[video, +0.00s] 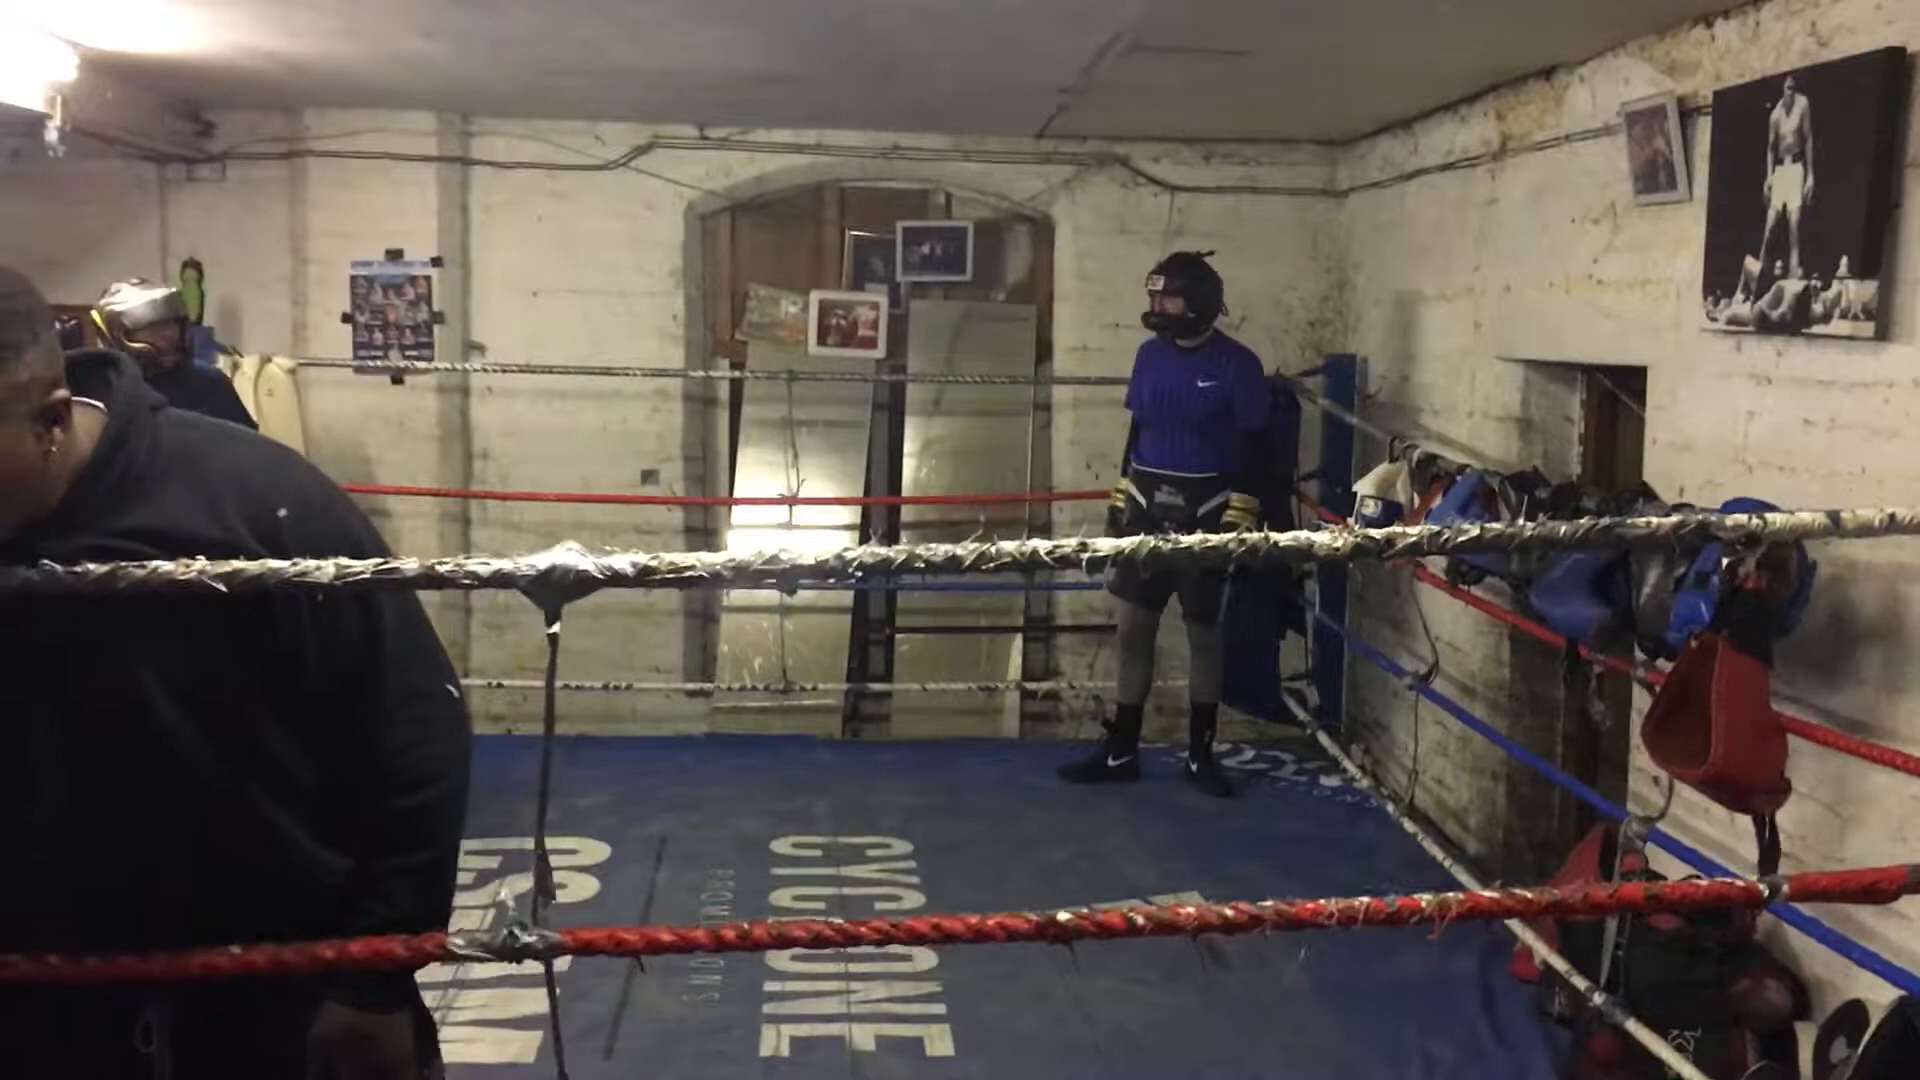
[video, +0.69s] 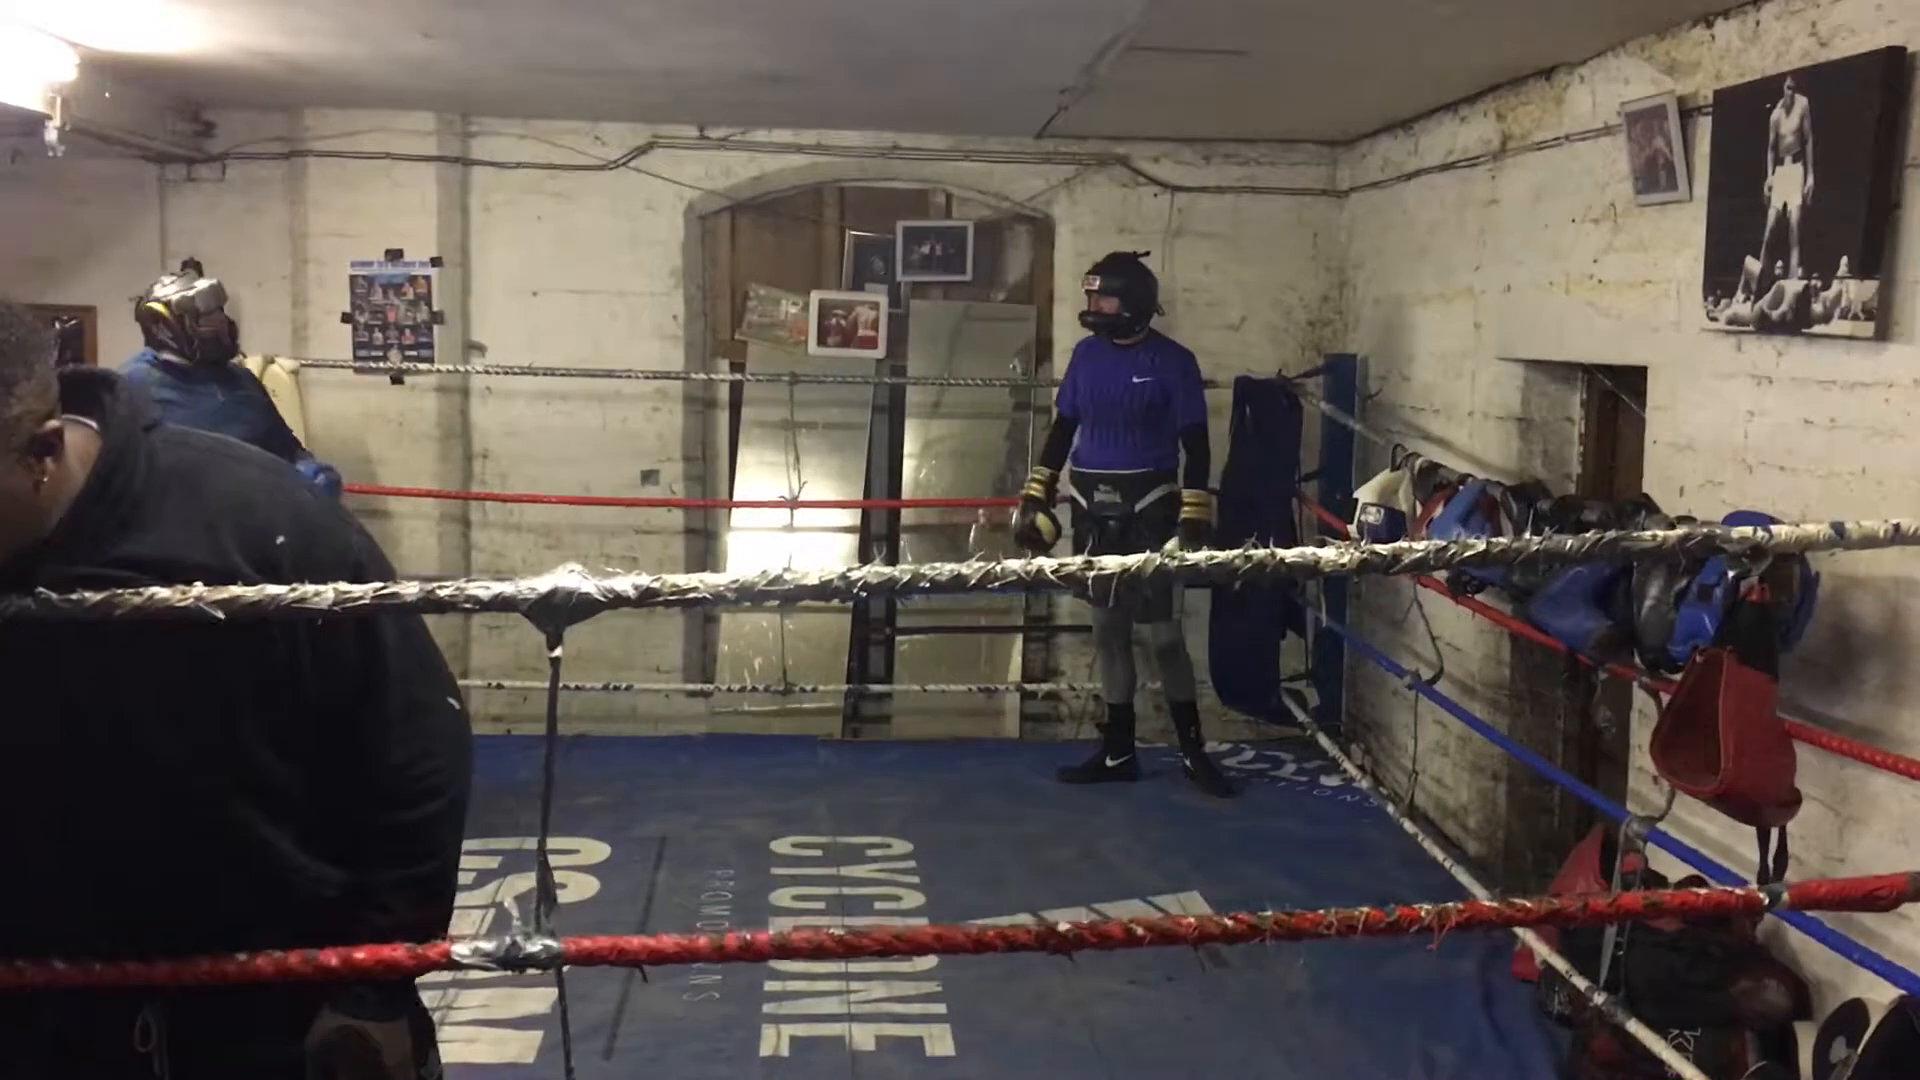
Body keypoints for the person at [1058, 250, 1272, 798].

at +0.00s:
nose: (1157, 304)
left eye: (1168, 295)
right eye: (1154, 295)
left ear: (1199, 301)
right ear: (1154, 300)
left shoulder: (1239, 364)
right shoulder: (1150, 355)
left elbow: (1254, 448)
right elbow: (1138, 431)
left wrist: (1243, 511)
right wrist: (1122, 495)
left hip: (1211, 509)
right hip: (1146, 503)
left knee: (1203, 633)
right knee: (1133, 630)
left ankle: (1201, 755)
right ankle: (1121, 750)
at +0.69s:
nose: (1093, 304)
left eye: (1105, 294)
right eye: (1091, 293)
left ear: (1134, 301)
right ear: (1093, 299)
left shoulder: (1173, 361)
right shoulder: (1085, 355)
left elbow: (1196, 445)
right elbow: (1062, 428)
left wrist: (1195, 519)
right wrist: (1036, 495)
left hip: (1153, 509)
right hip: (1094, 507)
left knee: (1163, 635)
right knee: (1108, 632)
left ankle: (1194, 754)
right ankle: (1117, 752)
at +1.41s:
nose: (1070, 308)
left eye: (1081, 300)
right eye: (1070, 298)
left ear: (1111, 308)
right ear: (1079, 304)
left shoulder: (1149, 371)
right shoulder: (1073, 356)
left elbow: (1168, 457)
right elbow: (1056, 422)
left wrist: (1158, 532)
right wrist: (1029, 488)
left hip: (1119, 504)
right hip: (1067, 502)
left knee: (1109, 631)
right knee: (1076, 634)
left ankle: (1100, 763)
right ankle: (1115, 743)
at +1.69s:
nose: (1076, 306)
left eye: (1088, 299)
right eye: (1076, 297)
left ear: (1118, 308)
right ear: (1081, 302)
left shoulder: (1149, 373)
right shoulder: (1073, 352)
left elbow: (1162, 463)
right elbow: (1054, 419)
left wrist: (1139, 537)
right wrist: (1024, 486)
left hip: (1112, 511)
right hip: (1058, 505)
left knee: (1105, 638)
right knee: (1058, 638)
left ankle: (1102, 769)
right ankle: (1102, 740)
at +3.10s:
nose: (952, 301)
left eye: (964, 291)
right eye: (949, 291)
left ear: (991, 298)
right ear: (948, 297)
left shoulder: (1026, 356)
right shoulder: (945, 356)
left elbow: (1049, 441)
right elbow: (933, 432)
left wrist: (1030, 516)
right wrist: (911, 503)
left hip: (1007, 502)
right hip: (954, 501)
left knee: (976, 628)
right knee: (978, 631)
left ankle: (1033, 714)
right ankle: (1013, 752)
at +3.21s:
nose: (943, 301)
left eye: (955, 291)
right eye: (937, 291)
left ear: (982, 296)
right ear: (931, 296)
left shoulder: (1019, 356)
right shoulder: (938, 356)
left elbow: (1049, 439)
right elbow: (928, 430)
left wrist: (1036, 507)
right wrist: (907, 496)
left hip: (1006, 499)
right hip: (951, 500)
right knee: (955, 620)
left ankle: (1015, 749)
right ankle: (1013, 754)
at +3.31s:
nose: (926, 306)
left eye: (937, 296)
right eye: (920, 296)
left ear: (967, 299)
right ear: (916, 300)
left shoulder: (1005, 358)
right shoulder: (930, 360)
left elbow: (1045, 437)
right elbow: (925, 432)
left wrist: (1039, 510)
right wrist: (903, 497)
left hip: (994, 498)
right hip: (940, 500)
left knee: (983, 620)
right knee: (934, 623)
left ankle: (1018, 753)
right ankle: (987, 735)